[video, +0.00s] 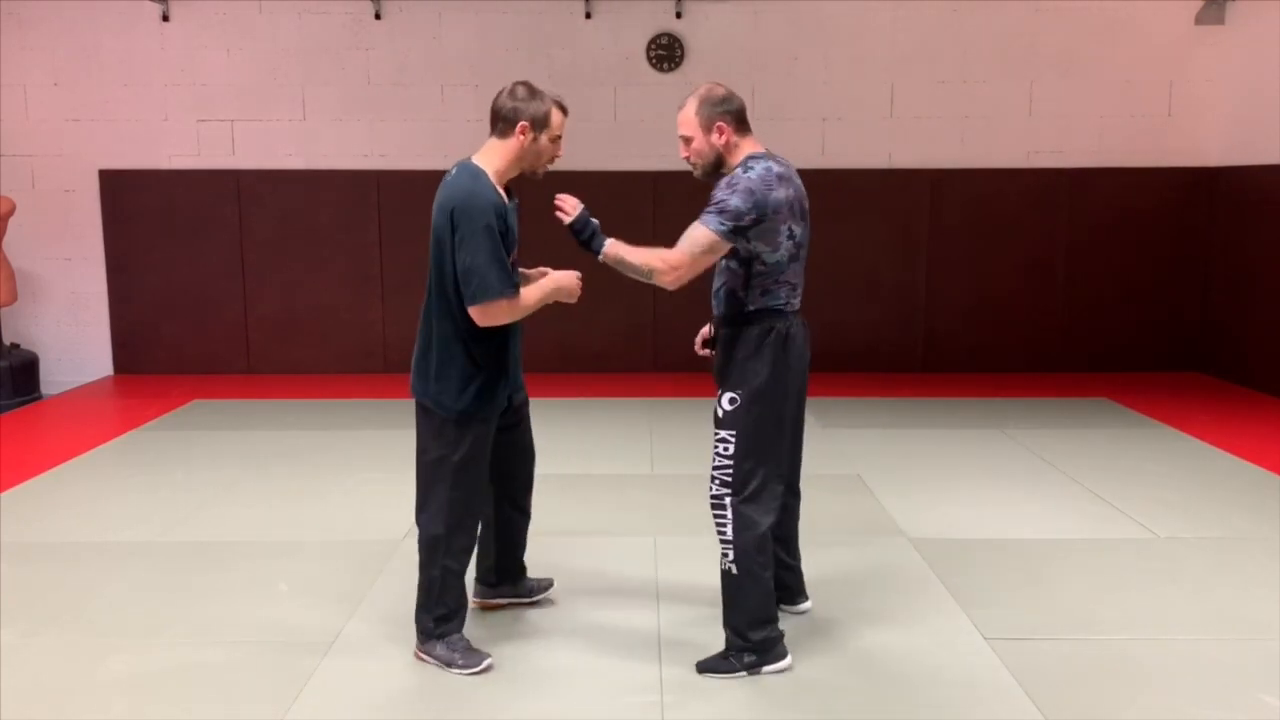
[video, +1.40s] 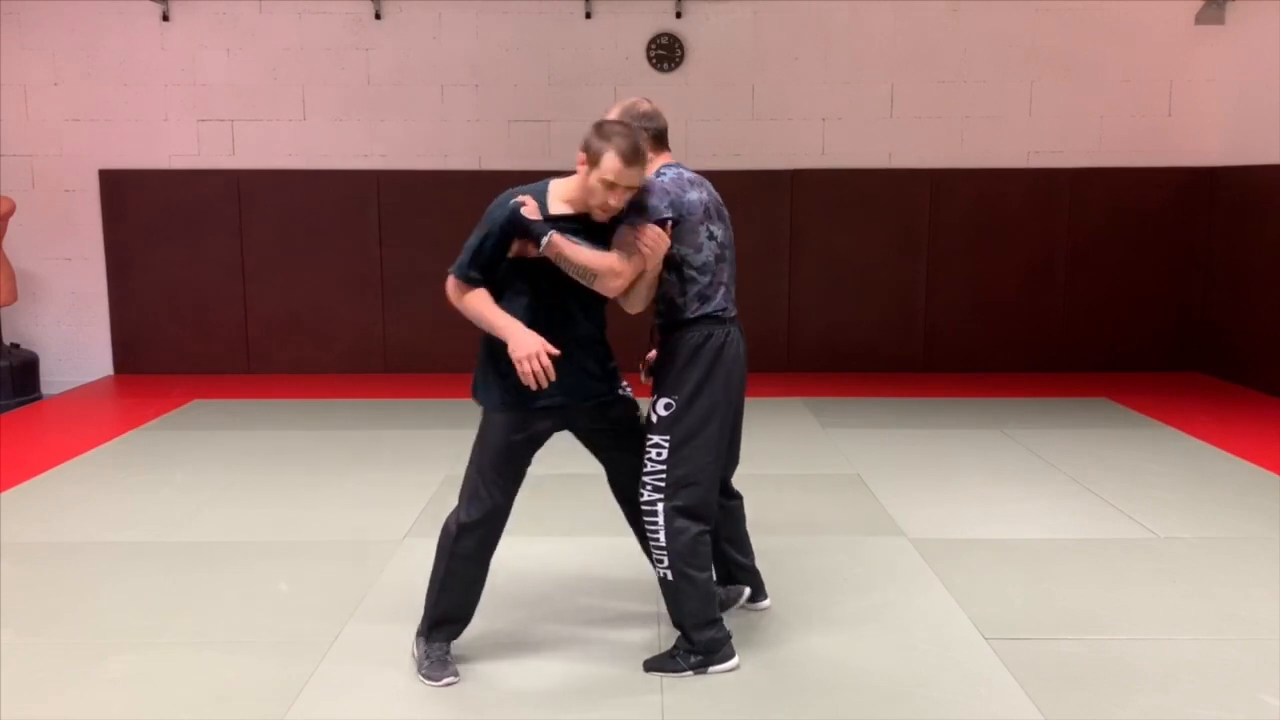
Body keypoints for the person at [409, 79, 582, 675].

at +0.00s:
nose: (558, 153)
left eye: (560, 140)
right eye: (555, 140)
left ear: (519, 132)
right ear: (524, 133)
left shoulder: (491, 187)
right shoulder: (472, 199)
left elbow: (484, 277)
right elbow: (487, 309)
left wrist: (527, 279)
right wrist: (546, 290)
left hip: (495, 376)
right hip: (456, 384)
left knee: (511, 480)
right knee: (452, 511)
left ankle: (500, 579)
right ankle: (437, 632)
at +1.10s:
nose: (547, 183)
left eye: (550, 171)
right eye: (541, 171)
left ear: (508, 162)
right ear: (502, 159)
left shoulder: (515, 211)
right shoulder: (431, 219)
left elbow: (539, 277)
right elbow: (442, 318)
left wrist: (596, 273)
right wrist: (528, 280)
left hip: (526, 379)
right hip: (467, 394)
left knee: (559, 473)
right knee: (467, 520)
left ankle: (500, 562)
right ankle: (432, 638)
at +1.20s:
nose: (556, 189)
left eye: (560, 177)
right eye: (548, 176)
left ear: (525, 167)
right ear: (510, 164)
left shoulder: (543, 211)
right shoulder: (443, 220)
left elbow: (566, 280)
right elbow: (423, 317)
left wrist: (620, 277)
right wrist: (519, 306)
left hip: (544, 374)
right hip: (478, 389)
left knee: (596, 466)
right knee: (467, 521)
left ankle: (563, 574)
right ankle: (432, 640)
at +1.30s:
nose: (583, 194)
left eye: (588, 182)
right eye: (574, 181)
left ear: (587, 174)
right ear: (537, 164)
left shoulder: (575, 211)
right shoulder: (469, 217)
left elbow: (606, 288)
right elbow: (426, 306)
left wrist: (646, 254)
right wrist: (509, 324)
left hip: (566, 378)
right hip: (493, 393)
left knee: (620, 473)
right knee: (470, 519)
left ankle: (648, 584)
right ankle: (432, 640)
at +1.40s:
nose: (618, 201)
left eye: (628, 189)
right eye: (610, 186)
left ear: (637, 181)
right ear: (582, 163)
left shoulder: (619, 225)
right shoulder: (518, 209)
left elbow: (633, 303)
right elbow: (461, 285)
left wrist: (655, 261)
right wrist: (514, 332)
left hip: (594, 386)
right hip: (519, 391)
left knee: (652, 489)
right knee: (480, 512)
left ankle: (698, 596)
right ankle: (436, 635)